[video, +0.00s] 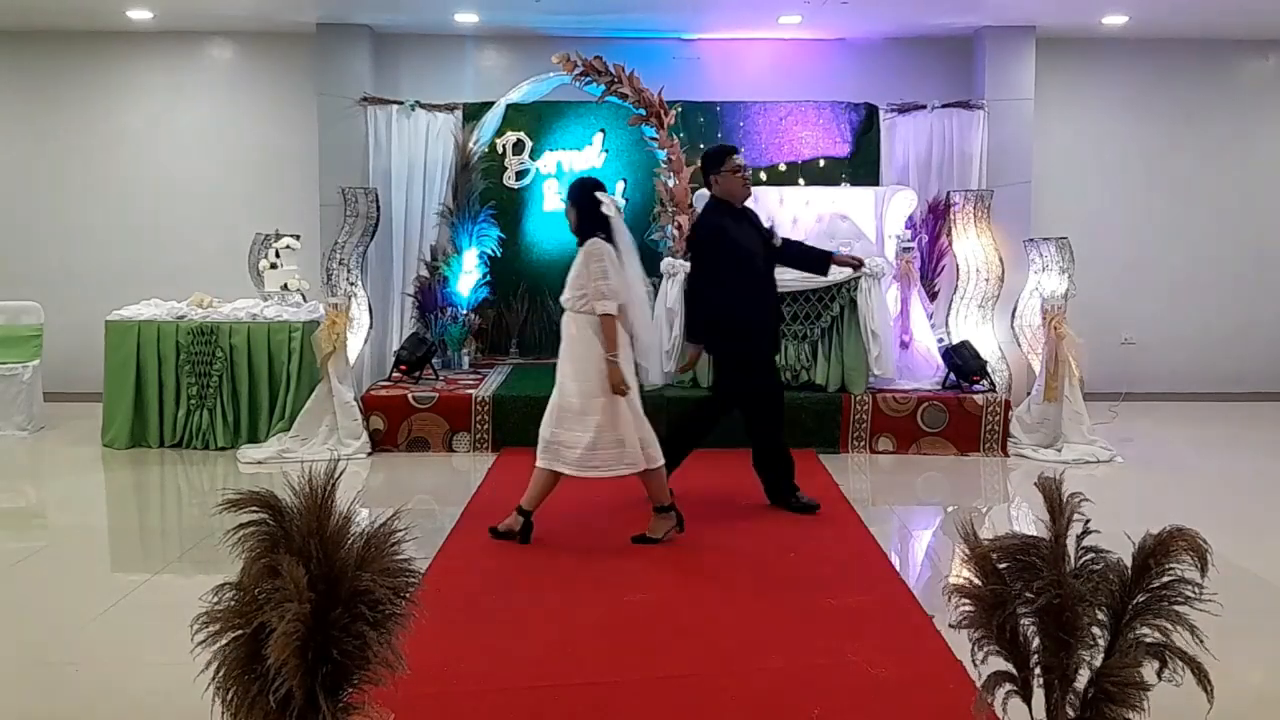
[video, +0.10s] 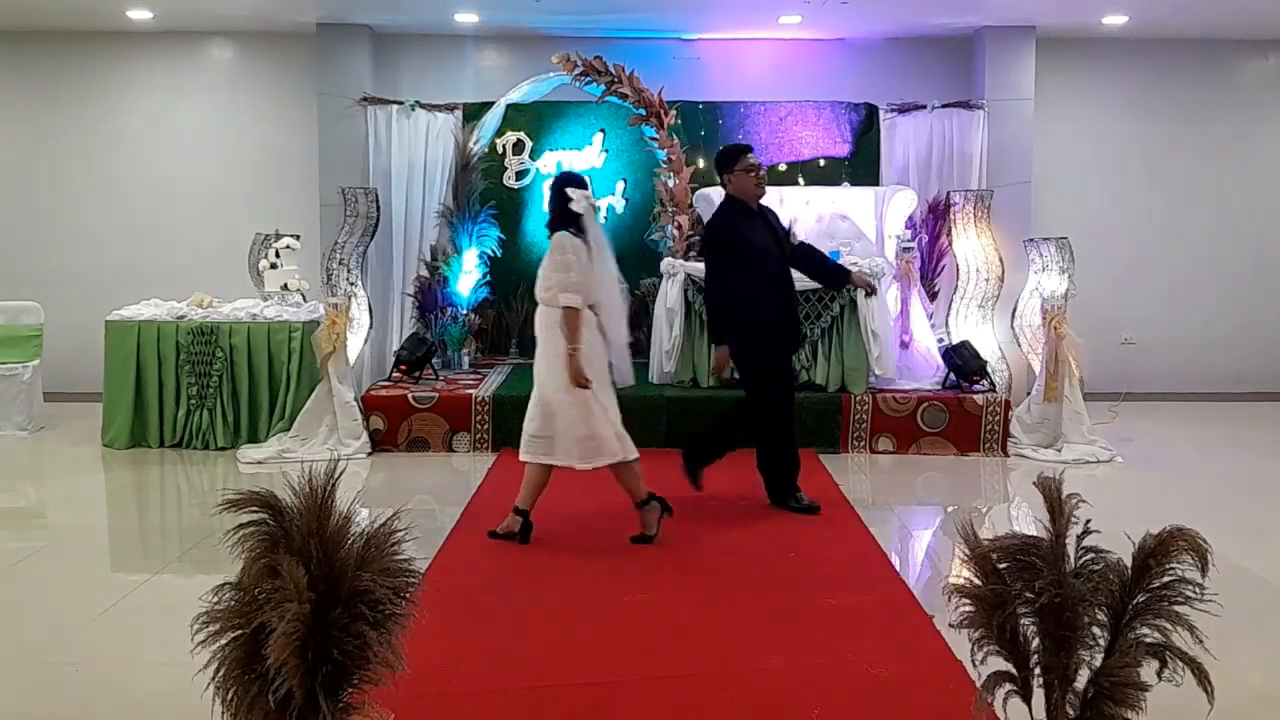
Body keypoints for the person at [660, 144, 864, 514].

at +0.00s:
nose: (746, 175)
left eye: (745, 169)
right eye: (737, 171)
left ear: (739, 178)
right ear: (713, 181)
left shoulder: (743, 216)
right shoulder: (708, 226)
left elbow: (779, 249)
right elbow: (700, 285)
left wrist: (833, 259)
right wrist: (695, 339)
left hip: (754, 332)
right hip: (735, 336)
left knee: (720, 404)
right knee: (767, 407)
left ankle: (658, 467)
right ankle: (780, 490)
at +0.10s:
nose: (761, 174)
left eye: (760, 168)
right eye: (751, 170)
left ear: (760, 174)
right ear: (728, 180)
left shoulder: (764, 217)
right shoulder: (720, 227)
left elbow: (798, 253)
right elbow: (716, 288)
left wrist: (846, 277)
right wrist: (721, 342)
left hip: (778, 330)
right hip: (750, 334)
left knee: (768, 409)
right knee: (774, 410)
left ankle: (699, 452)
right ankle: (782, 491)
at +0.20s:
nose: (773, 173)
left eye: (774, 167)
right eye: (763, 168)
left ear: (775, 173)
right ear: (740, 176)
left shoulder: (782, 216)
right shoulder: (728, 225)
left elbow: (814, 258)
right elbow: (728, 289)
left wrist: (854, 297)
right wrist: (741, 341)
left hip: (799, 326)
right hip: (765, 331)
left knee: (805, 401)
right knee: (778, 407)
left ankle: (754, 460)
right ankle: (783, 489)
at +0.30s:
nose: (784, 173)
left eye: (786, 167)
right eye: (773, 167)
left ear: (790, 172)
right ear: (752, 175)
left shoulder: (800, 214)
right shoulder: (738, 222)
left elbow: (827, 264)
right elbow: (737, 285)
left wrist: (857, 310)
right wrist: (753, 337)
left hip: (814, 328)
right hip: (777, 332)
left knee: (828, 398)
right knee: (787, 408)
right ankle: (784, 489)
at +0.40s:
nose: (791, 176)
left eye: (795, 169)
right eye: (781, 170)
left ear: (802, 173)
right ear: (762, 178)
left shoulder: (818, 216)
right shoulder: (747, 226)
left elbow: (841, 272)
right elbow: (742, 289)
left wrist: (860, 323)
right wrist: (758, 340)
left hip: (826, 332)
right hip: (784, 337)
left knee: (844, 412)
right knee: (795, 416)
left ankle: (859, 489)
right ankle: (786, 491)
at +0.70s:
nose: (811, 175)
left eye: (819, 168)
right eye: (803, 170)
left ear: (836, 172)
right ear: (796, 177)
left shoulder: (865, 210)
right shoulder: (786, 223)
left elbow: (885, 263)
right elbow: (772, 281)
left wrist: (870, 307)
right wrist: (775, 334)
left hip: (861, 330)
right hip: (813, 334)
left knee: (880, 411)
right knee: (811, 413)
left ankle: (910, 491)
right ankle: (793, 488)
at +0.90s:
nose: (827, 183)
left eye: (837, 176)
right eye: (823, 177)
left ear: (861, 177)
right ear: (821, 183)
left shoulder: (898, 220)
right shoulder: (818, 230)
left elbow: (925, 276)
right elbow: (805, 286)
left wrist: (912, 324)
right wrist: (803, 333)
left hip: (889, 345)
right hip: (839, 347)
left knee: (898, 427)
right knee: (827, 421)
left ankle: (921, 501)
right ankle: (811, 486)